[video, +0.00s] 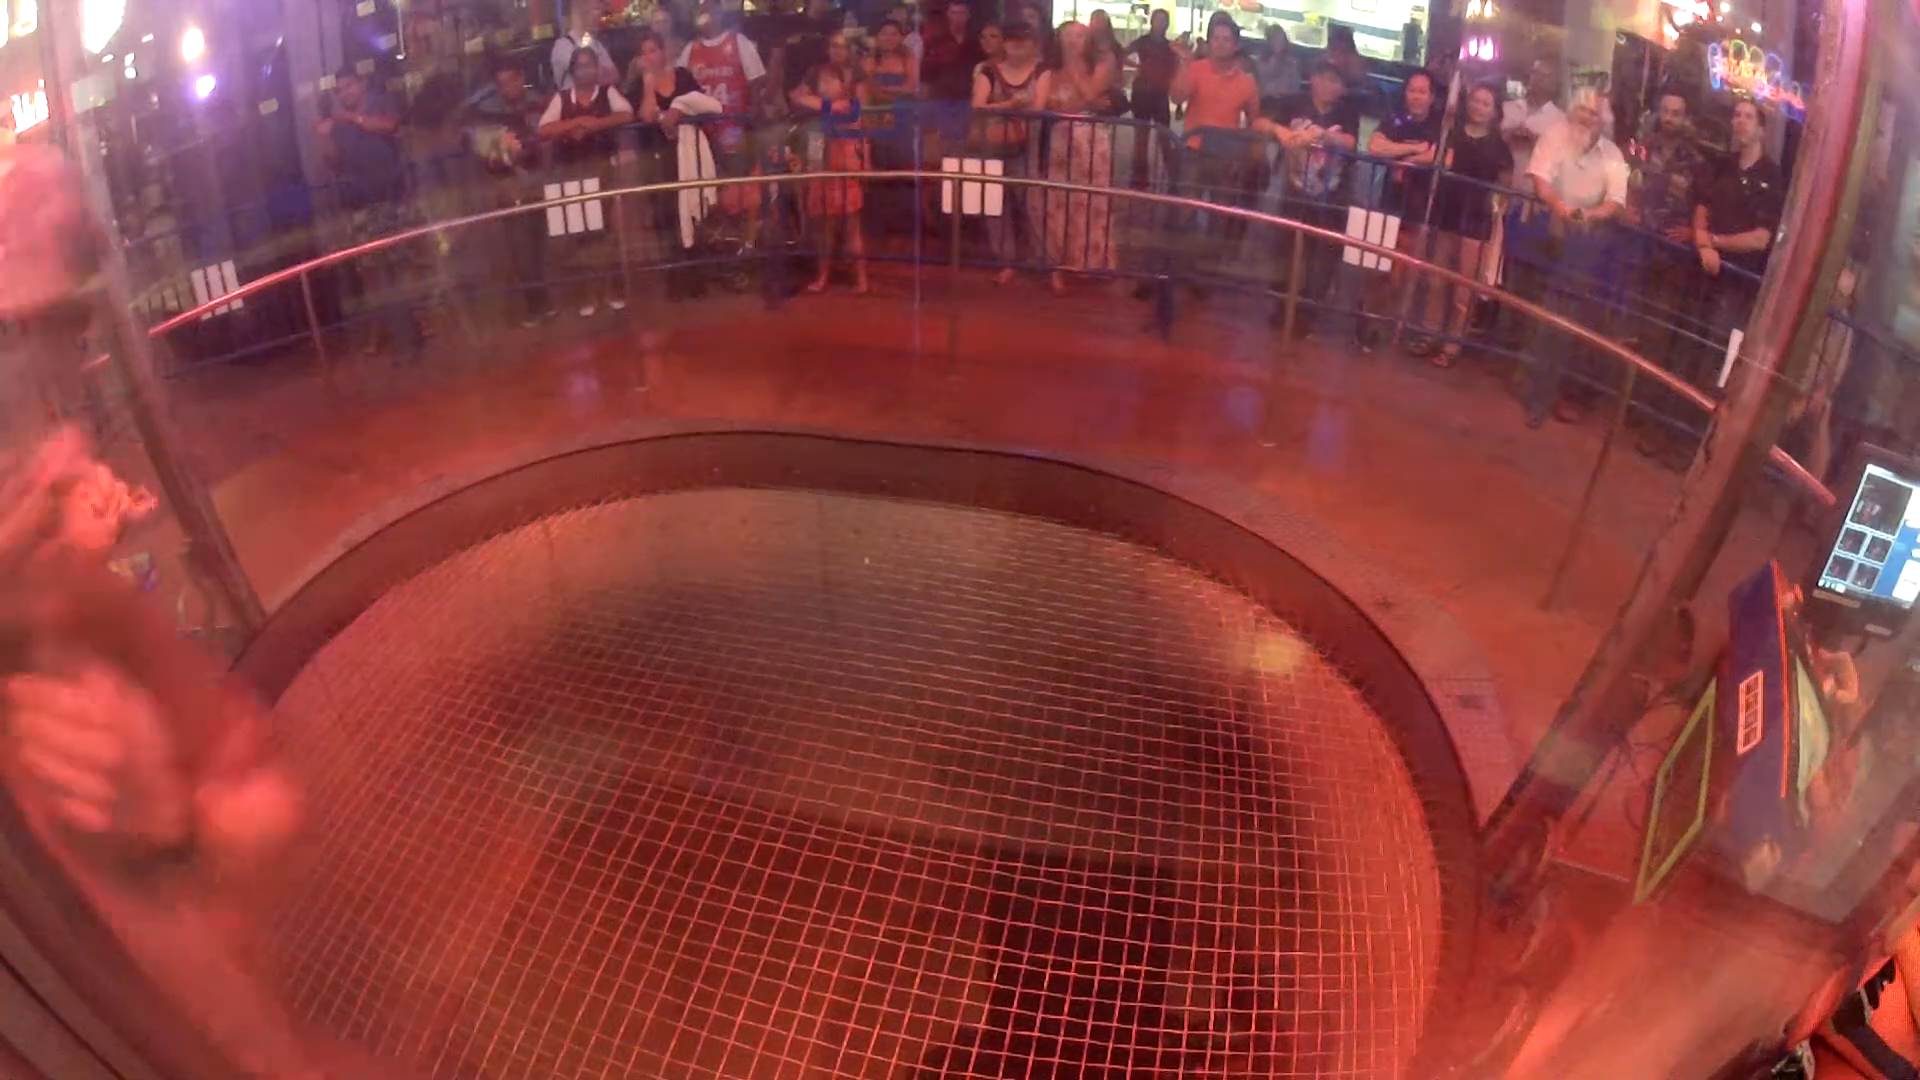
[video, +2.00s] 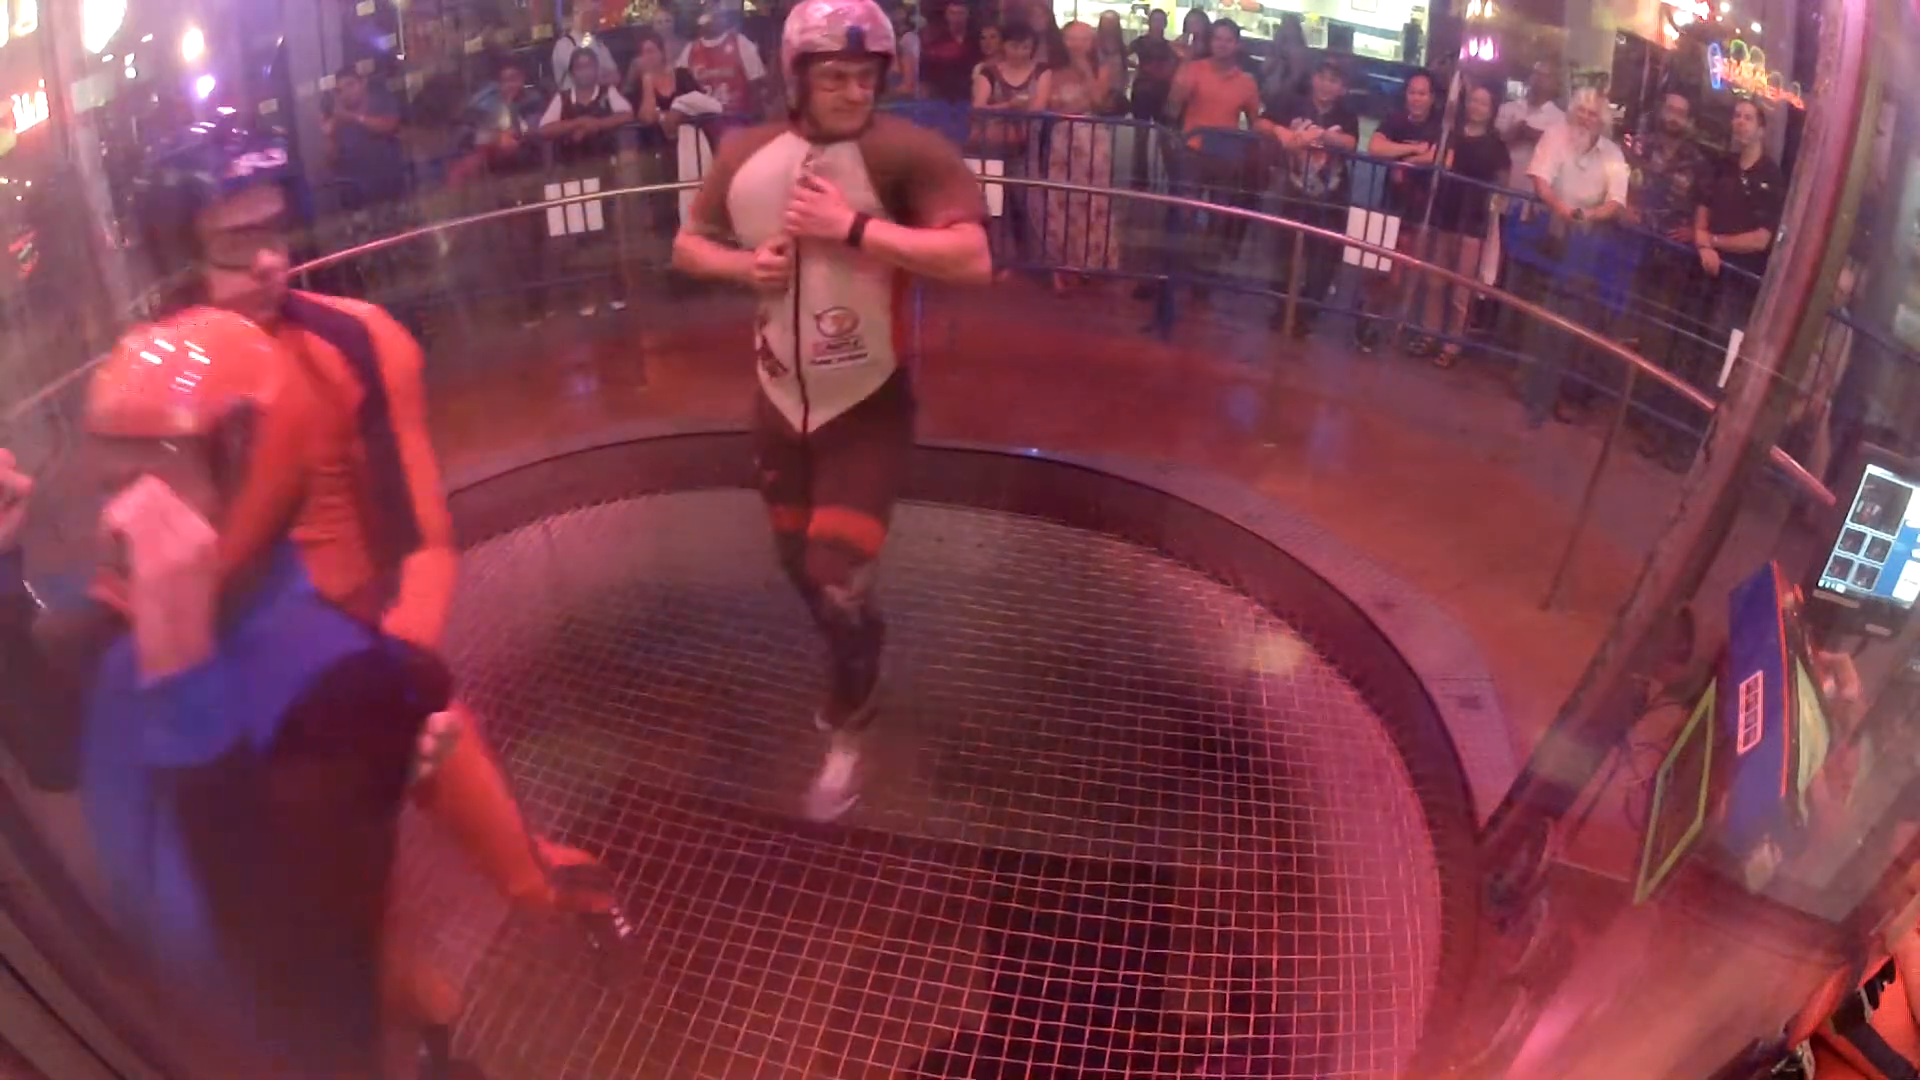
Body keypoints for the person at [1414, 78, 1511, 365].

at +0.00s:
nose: (1479, 107)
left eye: (1486, 103)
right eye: (1475, 101)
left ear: (1495, 111)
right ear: (1466, 104)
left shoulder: (1498, 147)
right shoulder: (1452, 136)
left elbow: (1505, 185)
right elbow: (1439, 165)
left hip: (1476, 217)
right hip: (1445, 211)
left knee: (1464, 284)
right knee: (1435, 278)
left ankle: (1452, 342)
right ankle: (1429, 332)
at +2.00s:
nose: (1477, 107)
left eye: (1483, 103)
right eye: (1473, 101)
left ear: (1492, 110)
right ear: (1465, 104)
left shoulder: (1496, 146)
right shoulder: (1452, 138)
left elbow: (1502, 185)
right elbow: (1439, 169)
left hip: (1473, 219)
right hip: (1443, 213)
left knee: (1462, 286)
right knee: (1434, 280)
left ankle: (1452, 342)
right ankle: (1429, 333)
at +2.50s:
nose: (1472, 108)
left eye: (1478, 103)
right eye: (1468, 101)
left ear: (1488, 110)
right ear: (1461, 106)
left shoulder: (1492, 147)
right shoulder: (1449, 139)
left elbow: (1498, 184)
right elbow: (1436, 171)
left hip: (1472, 218)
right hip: (1442, 213)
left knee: (1461, 285)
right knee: (1434, 279)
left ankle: (1451, 342)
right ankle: (1428, 333)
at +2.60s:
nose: (1471, 108)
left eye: (1478, 104)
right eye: (1468, 102)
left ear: (1488, 111)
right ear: (1461, 105)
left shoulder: (1491, 148)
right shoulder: (1448, 140)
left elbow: (1497, 185)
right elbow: (1436, 171)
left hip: (1471, 219)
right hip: (1441, 214)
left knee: (1461, 284)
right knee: (1434, 278)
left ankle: (1452, 341)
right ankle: (1429, 333)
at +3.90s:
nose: (1477, 110)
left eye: (1483, 105)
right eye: (1472, 104)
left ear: (1491, 112)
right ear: (1463, 107)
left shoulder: (1496, 147)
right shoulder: (1451, 138)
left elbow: (1501, 181)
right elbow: (1440, 168)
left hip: (1474, 217)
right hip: (1444, 212)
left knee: (1463, 285)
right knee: (1435, 279)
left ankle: (1456, 341)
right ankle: (1429, 332)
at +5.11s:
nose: (1485, 113)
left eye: (1492, 109)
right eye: (1482, 106)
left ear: (1501, 116)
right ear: (1473, 109)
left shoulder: (1506, 150)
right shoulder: (1459, 139)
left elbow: (1510, 187)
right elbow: (1445, 168)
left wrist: (1500, 201)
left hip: (1481, 217)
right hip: (1451, 210)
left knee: (1469, 283)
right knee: (1440, 277)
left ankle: (1460, 339)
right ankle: (1432, 331)